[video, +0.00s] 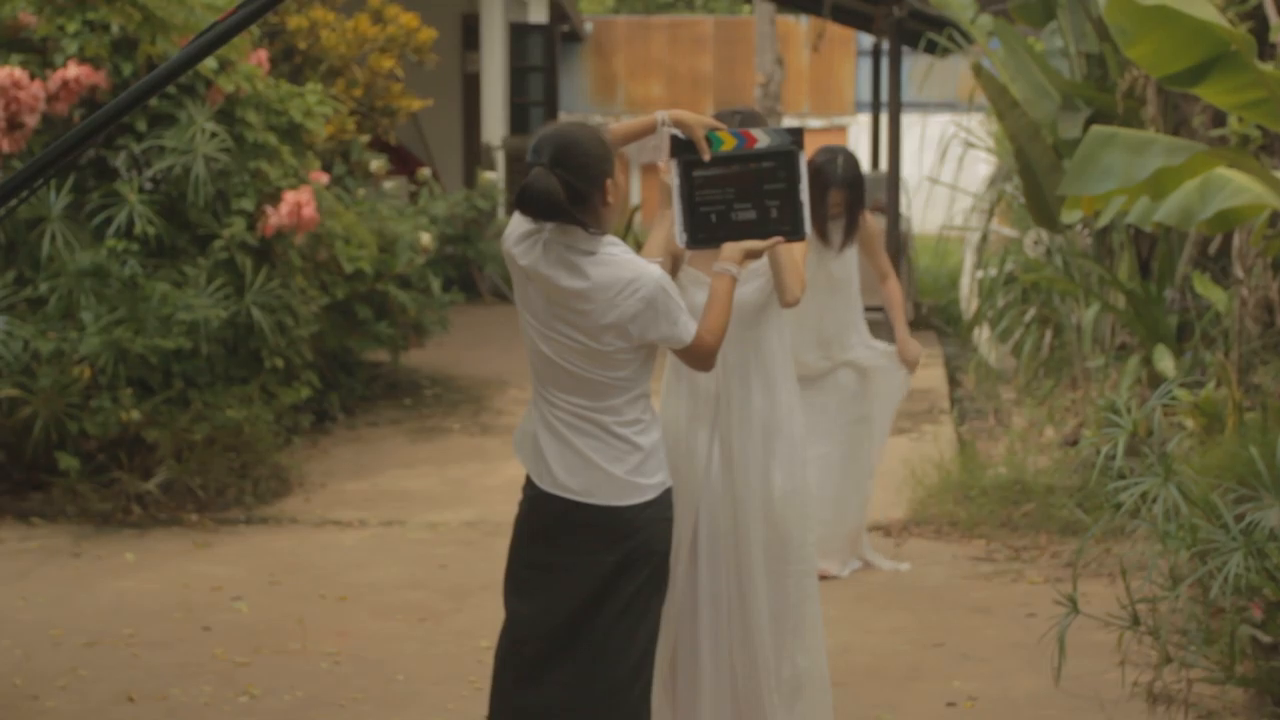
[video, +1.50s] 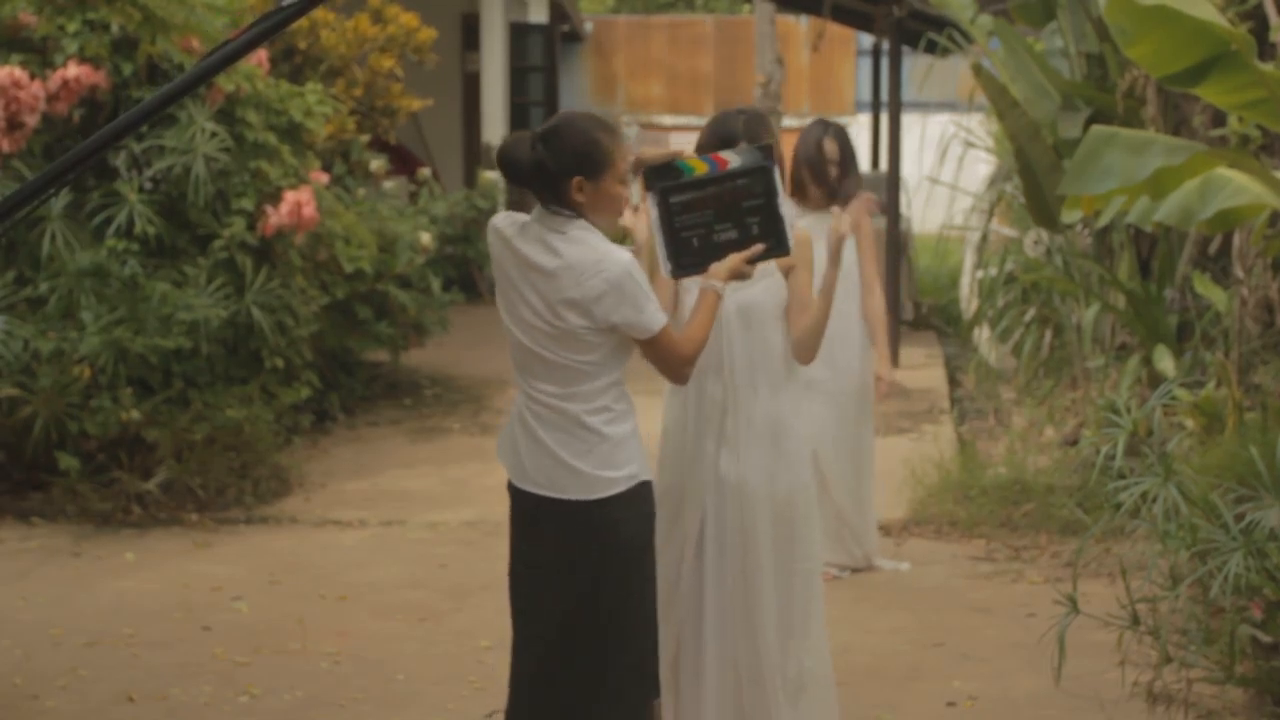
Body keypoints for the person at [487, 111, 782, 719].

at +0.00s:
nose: (625, 181)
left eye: (619, 170)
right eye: (620, 172)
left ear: (548, 181)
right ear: (608, 188)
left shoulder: (523, 243)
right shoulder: (635, 281)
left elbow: (563, 155)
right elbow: (701, 352)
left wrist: (659, 121)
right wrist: (727, 266)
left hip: (551, 488)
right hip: (629, 496)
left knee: (526, 654)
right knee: (618, 666)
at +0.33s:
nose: (625, 180)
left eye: (616, 168)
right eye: (618, 170)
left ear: (546, 181)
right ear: (608, 188)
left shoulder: (523, 243)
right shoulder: (637, 279)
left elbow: (562, 158)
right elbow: (700, 354)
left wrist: (658, 123)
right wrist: (727, 269)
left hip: (550, 488)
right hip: (629, 496)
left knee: (527, 655)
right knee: (618, 667)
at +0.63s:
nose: (622, 178)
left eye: (616, 163)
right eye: (615, 168)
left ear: (542, 182)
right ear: (606, 186)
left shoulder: (524, 242)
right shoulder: (637, 278)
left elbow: (572, 178)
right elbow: (698, 355)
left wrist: (655, 130)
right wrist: (726, 269)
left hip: (551, 488)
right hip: (629, 496)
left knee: (527, 655)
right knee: (618, 667)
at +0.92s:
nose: (622, 180)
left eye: (617, 167)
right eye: (617, 170)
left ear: (543, 181)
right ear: (608, 188)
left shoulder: (523, 240)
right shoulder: (638, 278)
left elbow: (595, 197)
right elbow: (701, 355)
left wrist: (652, 146)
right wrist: (731, 270)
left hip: (549, 486)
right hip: (628, 496)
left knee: (527, 652)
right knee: (617, 666)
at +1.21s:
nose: (631, 177)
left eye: (628, 166)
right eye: (625, 169)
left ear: (553, 181)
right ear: (607, 188)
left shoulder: (522, 242)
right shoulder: (638, 277)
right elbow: (702, 353)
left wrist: (640, 150)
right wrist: (733, 269)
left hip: (548, 488)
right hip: (626, 496)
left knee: (526, 655)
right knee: (616, 666)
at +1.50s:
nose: (630, 192)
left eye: (630, 177)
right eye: (621, 180)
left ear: (562, 184)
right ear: (578, 188)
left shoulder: (504, 233)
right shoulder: (609, 266)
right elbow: (679, 361)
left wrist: (638, 158)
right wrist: (715, 280)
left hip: (531, 474)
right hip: (605, 482)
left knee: (541, 647)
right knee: (618, 655)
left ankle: (535, 717)